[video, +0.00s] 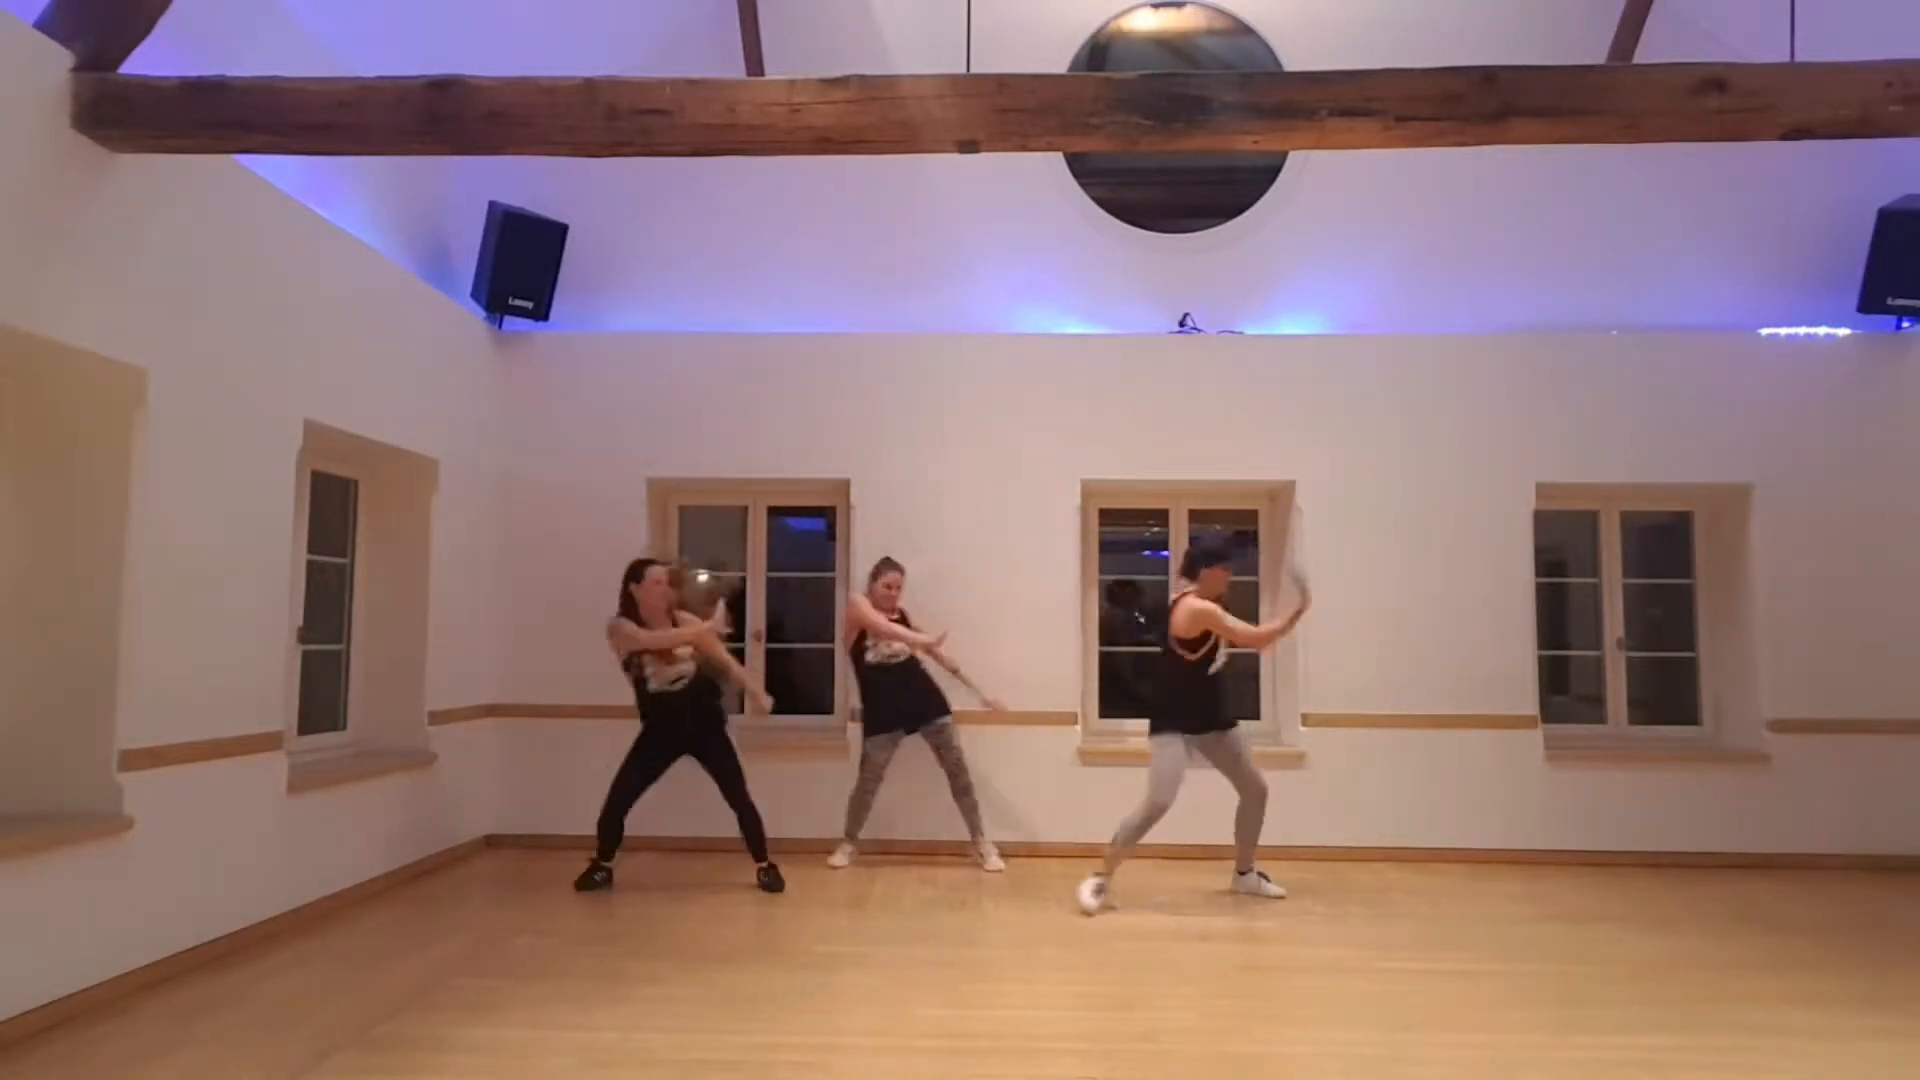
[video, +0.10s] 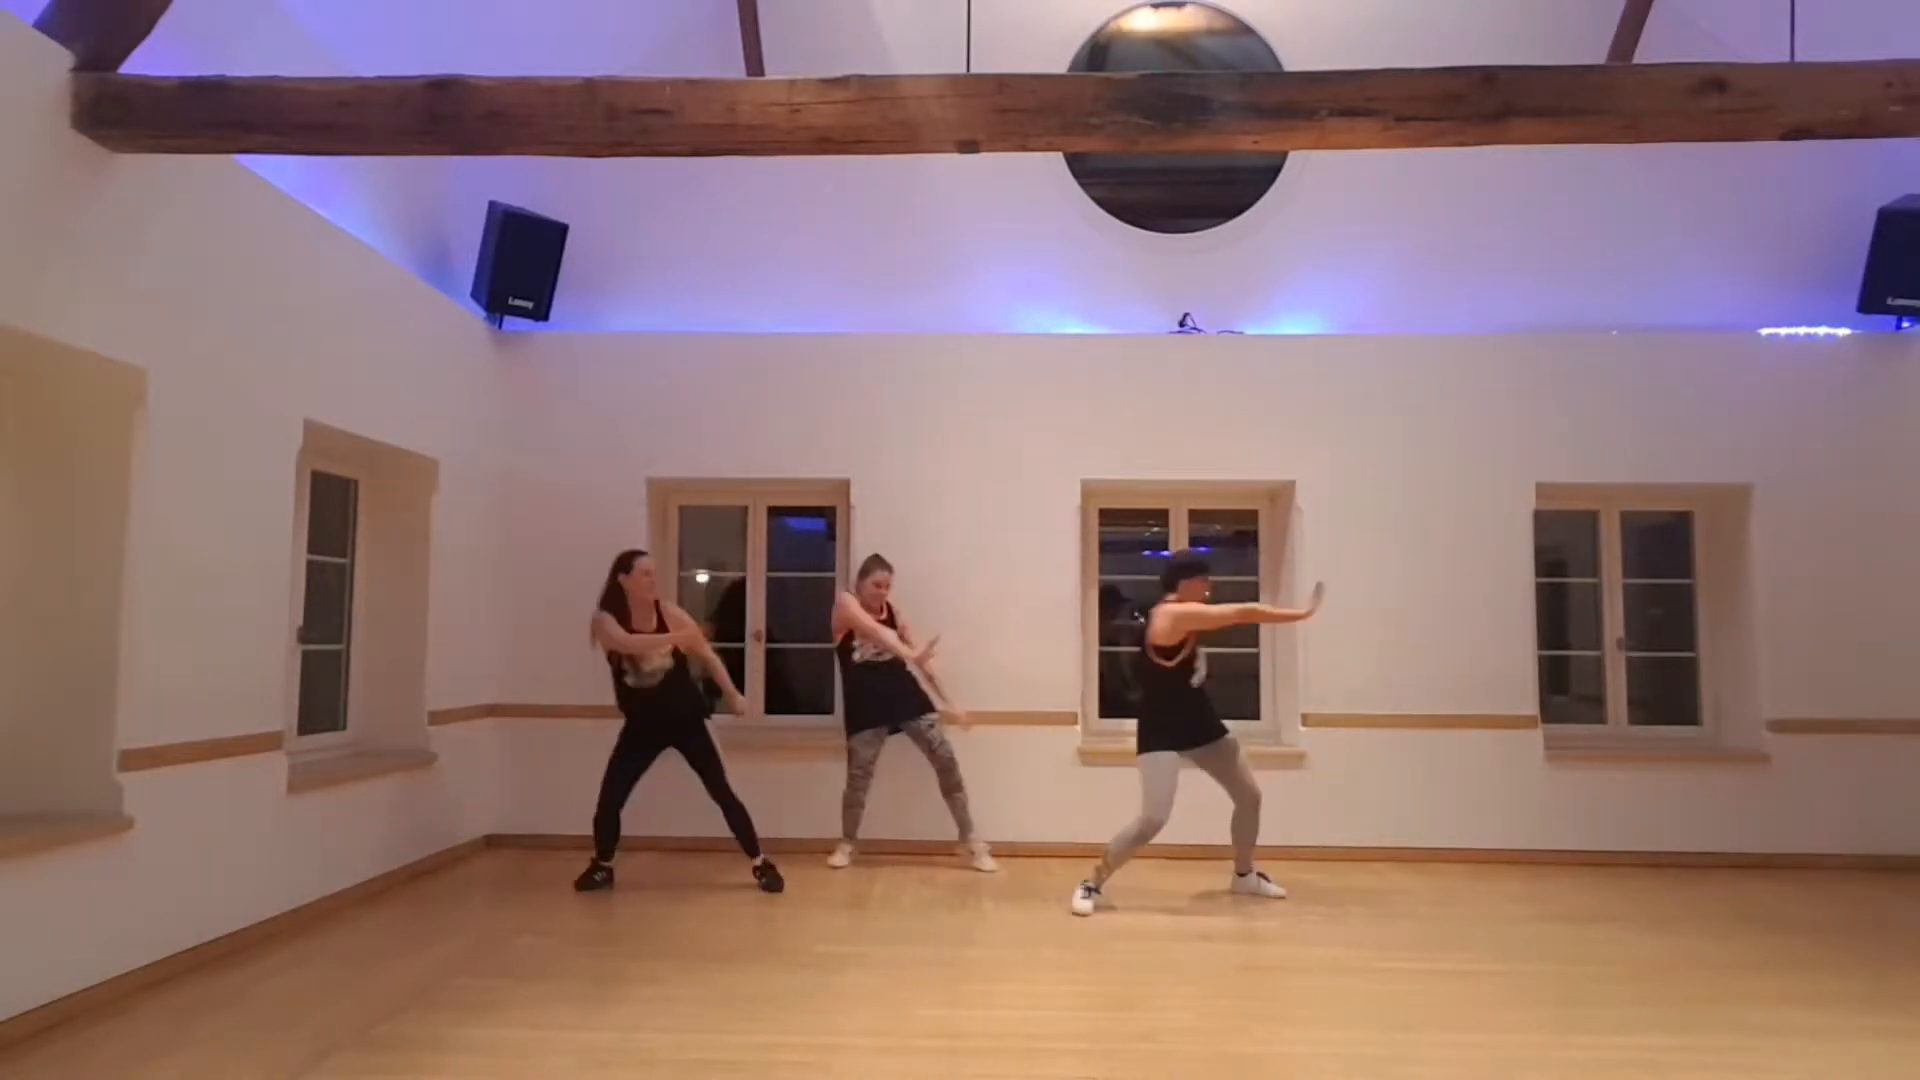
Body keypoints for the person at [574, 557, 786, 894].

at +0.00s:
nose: (665, 590)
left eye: (668, 584)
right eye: (657, 584)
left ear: (673, 590)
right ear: (634, 590)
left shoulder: (686, 621)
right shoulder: (620, 628)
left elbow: (723, 659)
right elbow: (644, 641)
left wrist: (756, 691)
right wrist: (706, 629)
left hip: (705, 730)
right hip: (660, 734)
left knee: (739, 799)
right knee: (617, 800)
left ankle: (764, 865)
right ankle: (602, 865)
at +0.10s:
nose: (653, 580)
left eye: (654, 574)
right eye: (645, 574)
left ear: (655, 579)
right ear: (623, 580)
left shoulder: (672, 615)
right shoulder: (606, 620)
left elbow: (706, 654)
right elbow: (623, 644)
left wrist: (732, 693)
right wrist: (676, 639)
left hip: (686, 721)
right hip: (642, 726)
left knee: (721, 792)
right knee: (609, 798)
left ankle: (759, 862)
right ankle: (602, 865)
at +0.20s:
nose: (650, 562)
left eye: (651, 556)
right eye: (642, 556)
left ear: (651, 561)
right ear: (619, 561)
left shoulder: (666, 597)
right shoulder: (600, 602)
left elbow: (701, 636)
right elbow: (597, 640)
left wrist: (721, 678)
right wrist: (628, 663)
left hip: (672, 702)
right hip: (629, 706)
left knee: (705, 779)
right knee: (610, 789)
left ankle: (745, 856)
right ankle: (603, 864)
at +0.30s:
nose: (652, 550)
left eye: (653, 544)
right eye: (645, 545)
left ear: (653, 548)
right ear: (623, 549)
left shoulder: (666, 585)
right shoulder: (596, 592)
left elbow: (704, 614)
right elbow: (555, 627)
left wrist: (712, 661)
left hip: (665, 694)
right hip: (621, 696)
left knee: (689, 772)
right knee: (609, 782)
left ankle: (708, 852)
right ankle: (603, 863)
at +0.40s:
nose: (654, 551)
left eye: (655, 545)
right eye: (647, 546)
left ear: (654, 551)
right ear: (625, 551)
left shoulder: (666, 586)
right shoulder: (601, 596)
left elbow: (703, 611)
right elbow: (563, 645)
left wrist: (703, 638)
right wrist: (539, 698)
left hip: (659, 697)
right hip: (616, 699)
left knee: (673, 778)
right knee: (606, 782)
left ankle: (664, 848)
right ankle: (603, 863)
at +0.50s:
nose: (659, 568)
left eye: (658, 561)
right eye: (651, 562)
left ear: (658, 566)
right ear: (630, 567)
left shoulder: (667, 602)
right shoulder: (607, 610)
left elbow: (699, 628)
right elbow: (564, 646)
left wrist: (689, 620)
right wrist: (531, 685)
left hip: (649, 710)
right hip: (607, 709)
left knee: (657, 790)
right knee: (600, 788)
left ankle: (638, 857)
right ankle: (602, 863)